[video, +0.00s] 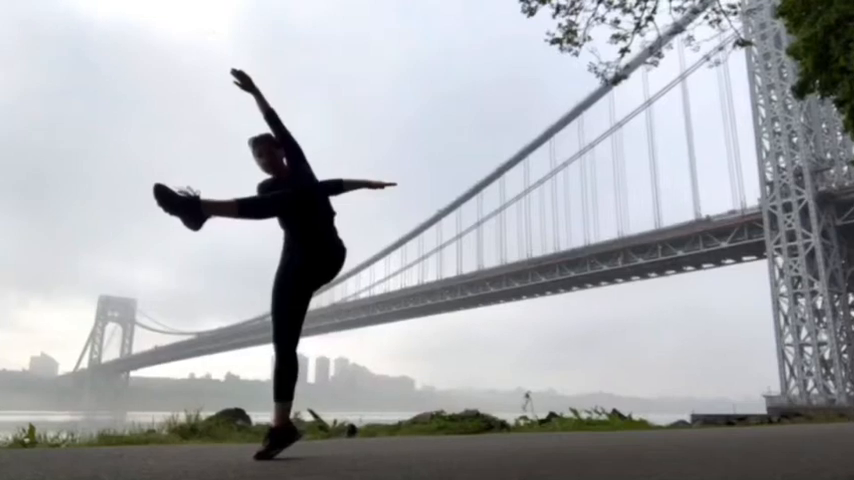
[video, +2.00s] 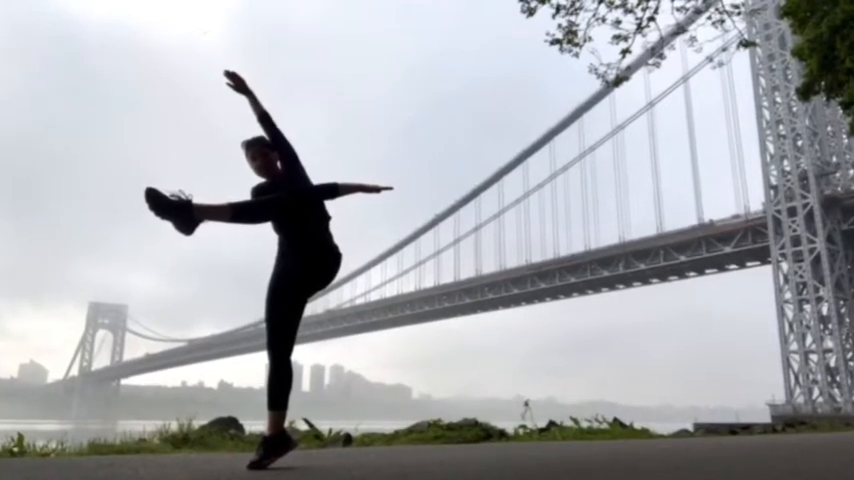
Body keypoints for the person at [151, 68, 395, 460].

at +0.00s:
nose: (263, 160)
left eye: (267, 153)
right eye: (258, 156)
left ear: (281, 150)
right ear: (257, 161)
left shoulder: (300, 170)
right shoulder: (268, 191)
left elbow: (281, 129)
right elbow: (325, 188)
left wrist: (255, 91)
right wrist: (367, 184)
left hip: (326, 253)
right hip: (296, 262)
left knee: (285, 201)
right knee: (285, 343)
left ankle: (202, 209)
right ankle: (282, 425)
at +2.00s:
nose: (256, 164)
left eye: (260, 156)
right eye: (251, 160)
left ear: (275, 154)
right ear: (251, 165)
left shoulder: (295, 174)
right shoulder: (263, 195)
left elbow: (274, 131)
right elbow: (317, 192)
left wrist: (249, 93)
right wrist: (360, 188)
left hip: (321, 258)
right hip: (290, 268)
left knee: (277, 205)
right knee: (279, 351)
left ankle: (195, 213)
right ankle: (276, 434)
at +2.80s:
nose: (253, 164)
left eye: (257, 157)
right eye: (248, 160)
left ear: (272, 154)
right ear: (248, 165)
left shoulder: (292, 174)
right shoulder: (261, 198)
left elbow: (273, 133)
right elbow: (317, 193)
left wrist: (246, 94)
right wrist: (354, 190)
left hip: (319, 263)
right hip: (287, 273)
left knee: (274, 206)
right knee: (277, 354)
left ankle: (192, 215)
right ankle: (274, 436)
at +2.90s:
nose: (253, 165)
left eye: (256, 157)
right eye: (249, 161)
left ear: (271, 152)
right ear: (250, 163)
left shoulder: (291, 175)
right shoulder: (261, 196)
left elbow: (270, 131)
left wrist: (246, 95)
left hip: (312, 261)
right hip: (291, 270)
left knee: (270, 205)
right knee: (277, 353)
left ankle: (192, 215)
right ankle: (274, 437)